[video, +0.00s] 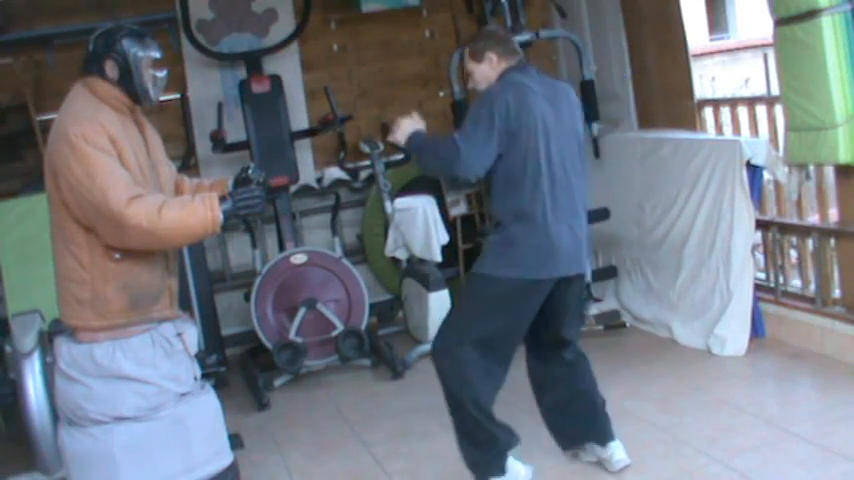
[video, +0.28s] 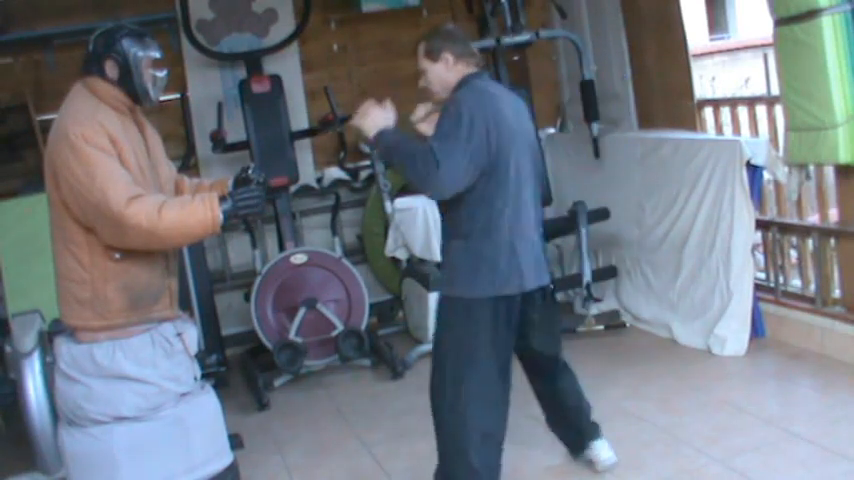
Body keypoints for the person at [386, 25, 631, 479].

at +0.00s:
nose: (470, 81)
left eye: (471, 70)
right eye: (467, 72)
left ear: (492, 59)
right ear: (513, 58)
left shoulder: (498, 97)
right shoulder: (566, 94)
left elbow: (466, 163)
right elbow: (572, 160)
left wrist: (415, 138)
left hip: (521, 256)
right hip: (573, 253)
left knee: (457, 349)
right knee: (558, 346)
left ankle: (497, 463)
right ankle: (601, 441)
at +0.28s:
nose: (422, 81)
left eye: (424, 70)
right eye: (420, 72)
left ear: (449, 62)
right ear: (463, 62)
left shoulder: (468, 104)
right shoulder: (512, 101)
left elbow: (440, 176)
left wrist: (384, 134)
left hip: (479, 279)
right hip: (529, 269)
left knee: (462, 392)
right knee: (545, 360)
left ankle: (464, 472)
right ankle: (590, 442)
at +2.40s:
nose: (578, 61)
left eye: (580, 51)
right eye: (574, 53)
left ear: (611, 34)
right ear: (602, 39)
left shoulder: (652, 67)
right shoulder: (624, 73)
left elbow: (638, 130)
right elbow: (597, 141)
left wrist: (574, 91)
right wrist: (572, 96)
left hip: (675, 225)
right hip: (668, 221)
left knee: (655, 340)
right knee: (707, 317)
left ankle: (648, 455)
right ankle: (750, 397)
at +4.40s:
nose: (361, 77)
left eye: (364, 68)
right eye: (359, 70)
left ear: (388, 58)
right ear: (390, 60)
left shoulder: (411, 90)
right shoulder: (407, 95)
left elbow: (370, 131)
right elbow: (378, 154)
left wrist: (316, 89)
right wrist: (359, 105)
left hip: (440, 246)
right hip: (423, 249)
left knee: (439, 358)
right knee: (419, 356)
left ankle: (507, 463)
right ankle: (420, 453)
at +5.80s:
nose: (404, 80)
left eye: (409, 70)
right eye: (402, 72)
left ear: (437, 61)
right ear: (437, 63)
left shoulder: (461, 94)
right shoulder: (463, 94)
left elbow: (460, 149)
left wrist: (381, 124)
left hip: (496, 245)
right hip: (494, 241)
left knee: (505, 351)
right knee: (504, 336)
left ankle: (533, 461)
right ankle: (565, 386)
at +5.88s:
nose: (393, 82)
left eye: (396, 72)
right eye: (391, 75)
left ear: (422, 63)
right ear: (425, 64)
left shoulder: (441, 99)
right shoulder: (473, 99)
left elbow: (407, 135)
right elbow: (511, 154)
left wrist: (344, 105)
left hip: (475, 249)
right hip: (490, 242)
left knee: (496, 348)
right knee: (476, 339)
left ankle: (530, 462)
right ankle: (510, 426)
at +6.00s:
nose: (381, 86)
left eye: (385, 75)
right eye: (379, 79)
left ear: (410, 65)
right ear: (418, 69)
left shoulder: (412, 101)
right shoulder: (466, 108)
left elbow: (360, 121)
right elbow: (511, 156)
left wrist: (337, 79)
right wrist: (458, 159)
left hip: (442, 245)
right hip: (470, 240)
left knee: (444, 350)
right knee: (429, 347)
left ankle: (508, 449)